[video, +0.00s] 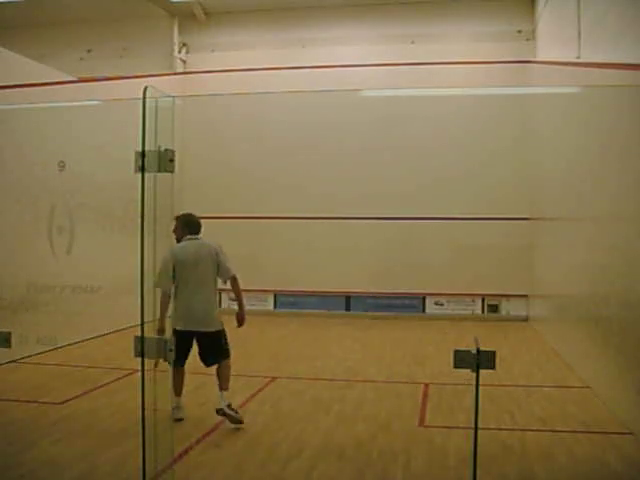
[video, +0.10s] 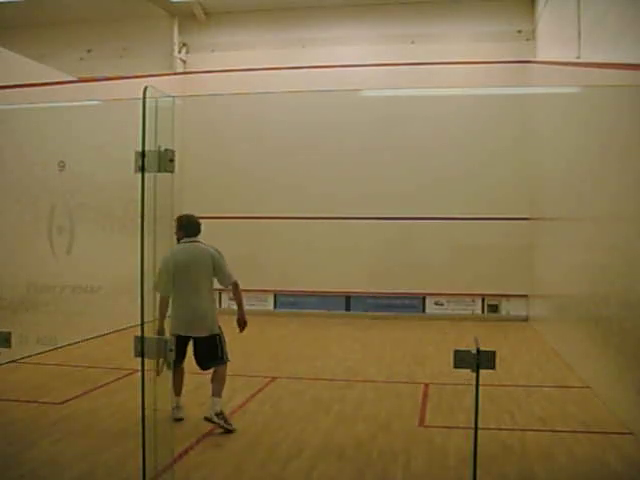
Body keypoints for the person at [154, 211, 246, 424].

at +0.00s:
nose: (173, 231)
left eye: (176, 227)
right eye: (174, 227)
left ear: (184, 230)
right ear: (196, 231)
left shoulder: (173, 254)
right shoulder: (213, 250)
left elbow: (165, 292)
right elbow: (232, 278)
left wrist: (161, 322)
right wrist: (241, 308)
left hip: (182, 321)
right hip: (209, 320)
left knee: (178, 363)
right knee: (223, 357)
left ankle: (177, 406)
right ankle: (224, 401)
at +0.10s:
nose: (174, 233)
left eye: (176, 230)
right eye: (176, 229)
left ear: (180, 232)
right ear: (198, 232)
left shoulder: (171, 257)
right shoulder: (210, 253)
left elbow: (164, 296)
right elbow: (232, 284)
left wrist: (160, 325)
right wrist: (241, 312)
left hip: (179, 323)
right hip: (207, 323)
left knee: (177, 364)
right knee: (220, 362)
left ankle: (177, 407)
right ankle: (215, 408)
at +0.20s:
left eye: (183, 226)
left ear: (181, 229)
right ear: (201, 228)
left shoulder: (171, 255)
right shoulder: (211, 253)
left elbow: (164, 294)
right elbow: (232, 286)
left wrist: (162, 324)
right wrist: (240, 314)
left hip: (178, 324)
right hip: (205, 324)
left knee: (177, 362)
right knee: (217, 364)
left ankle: (177, 405)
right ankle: (212, 414)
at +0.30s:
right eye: (203, 224)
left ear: (184, 225)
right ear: (203, 226)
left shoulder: (170, 250)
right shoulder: (209, 247)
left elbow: (162, 288)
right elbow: (232, 280)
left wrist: (163, 318)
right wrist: (237, 310)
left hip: (174, 315)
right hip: (201, 315)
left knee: (171, 359)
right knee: (218, 358)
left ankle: (171, 403)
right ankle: (217, 411)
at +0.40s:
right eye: (204, 229)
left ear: (185, 232)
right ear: (204, 232)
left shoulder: (170, 253)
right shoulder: (207, 252)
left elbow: (158, 289)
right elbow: (229, 282)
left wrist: (161, 318)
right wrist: (237, 312)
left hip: (169, 317)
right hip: (196, 316)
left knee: (168, 361)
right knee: (218, 360)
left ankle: (152, 404)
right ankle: (224, 415)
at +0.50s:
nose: (201, 247)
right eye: (200, 243)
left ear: (180, 245)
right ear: (199, 245)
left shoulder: (165, 268)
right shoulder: (201, 266)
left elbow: (151, 306)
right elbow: (225, 294)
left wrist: (160, 330)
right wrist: (237, 326)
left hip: (166, 330)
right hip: (191, 329)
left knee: (162, 372)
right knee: (217, 374)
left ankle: (136, 410)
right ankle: (227, 429)